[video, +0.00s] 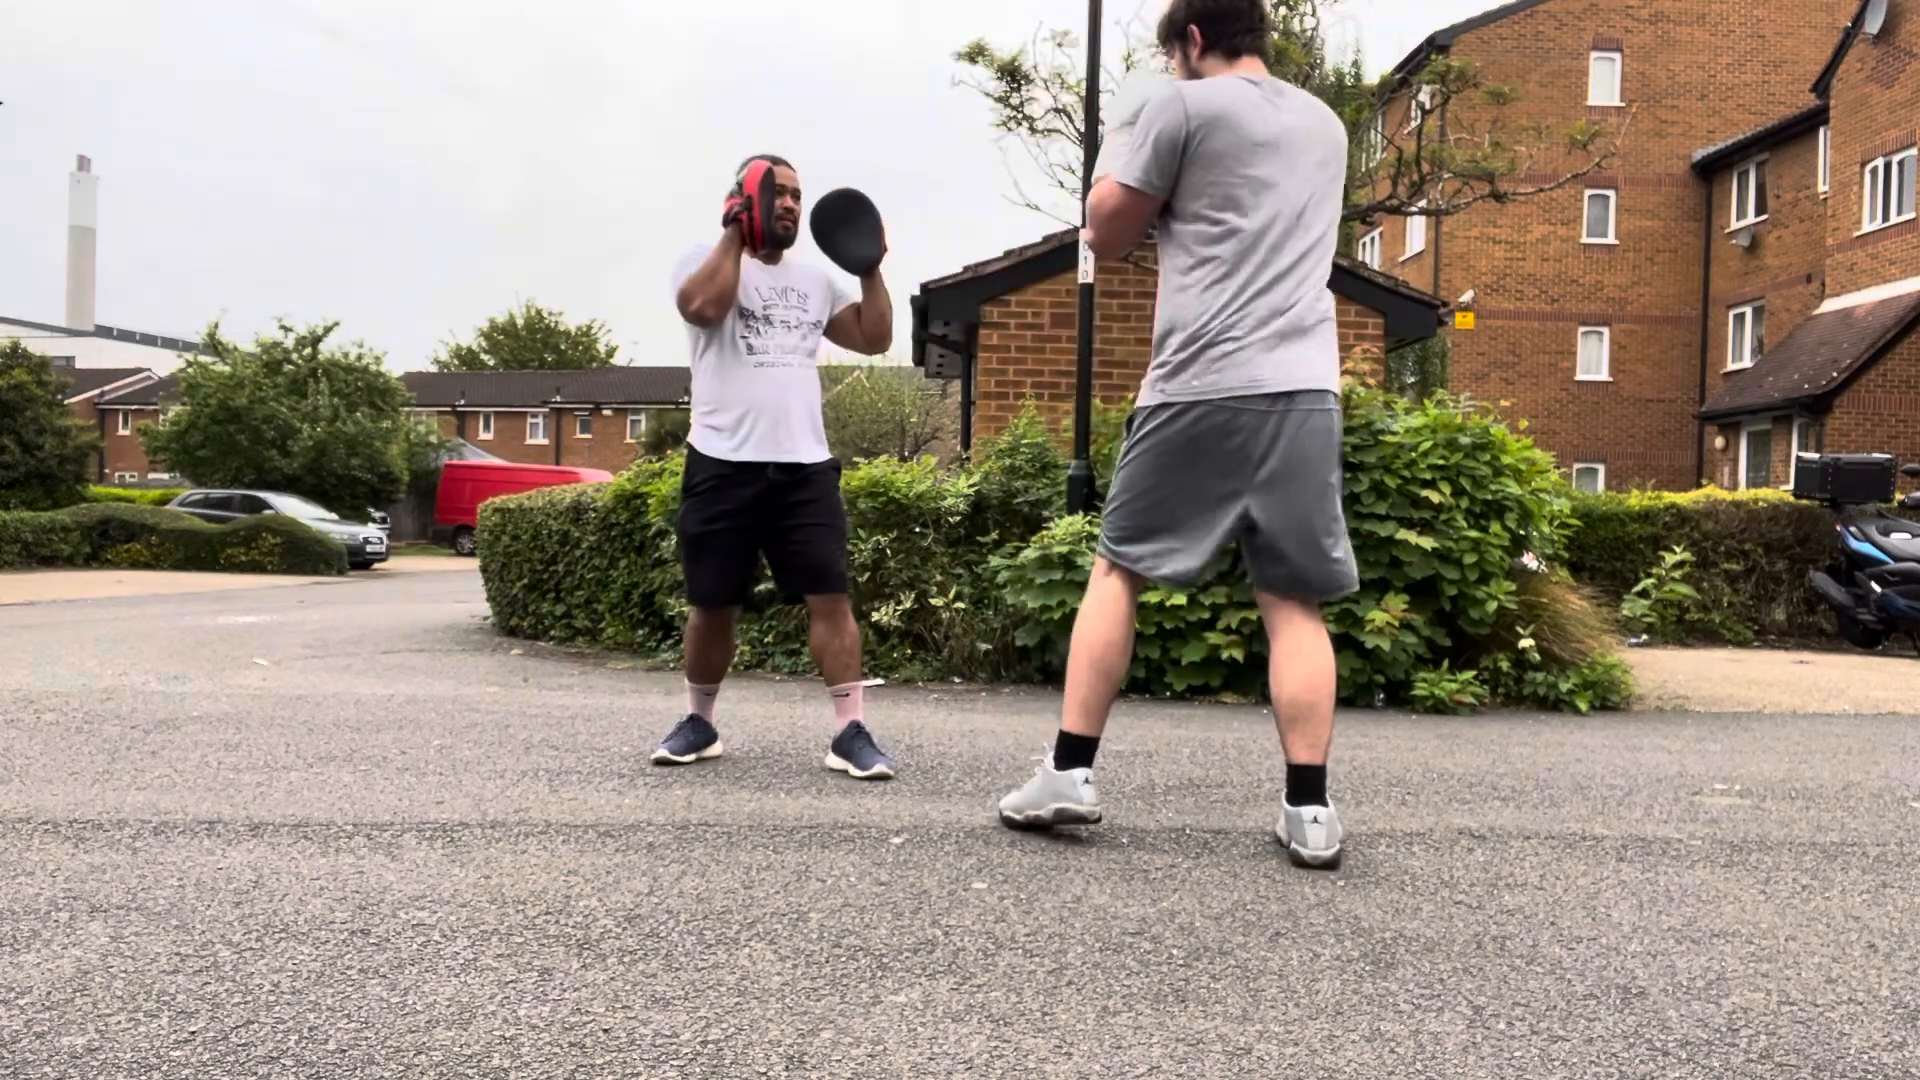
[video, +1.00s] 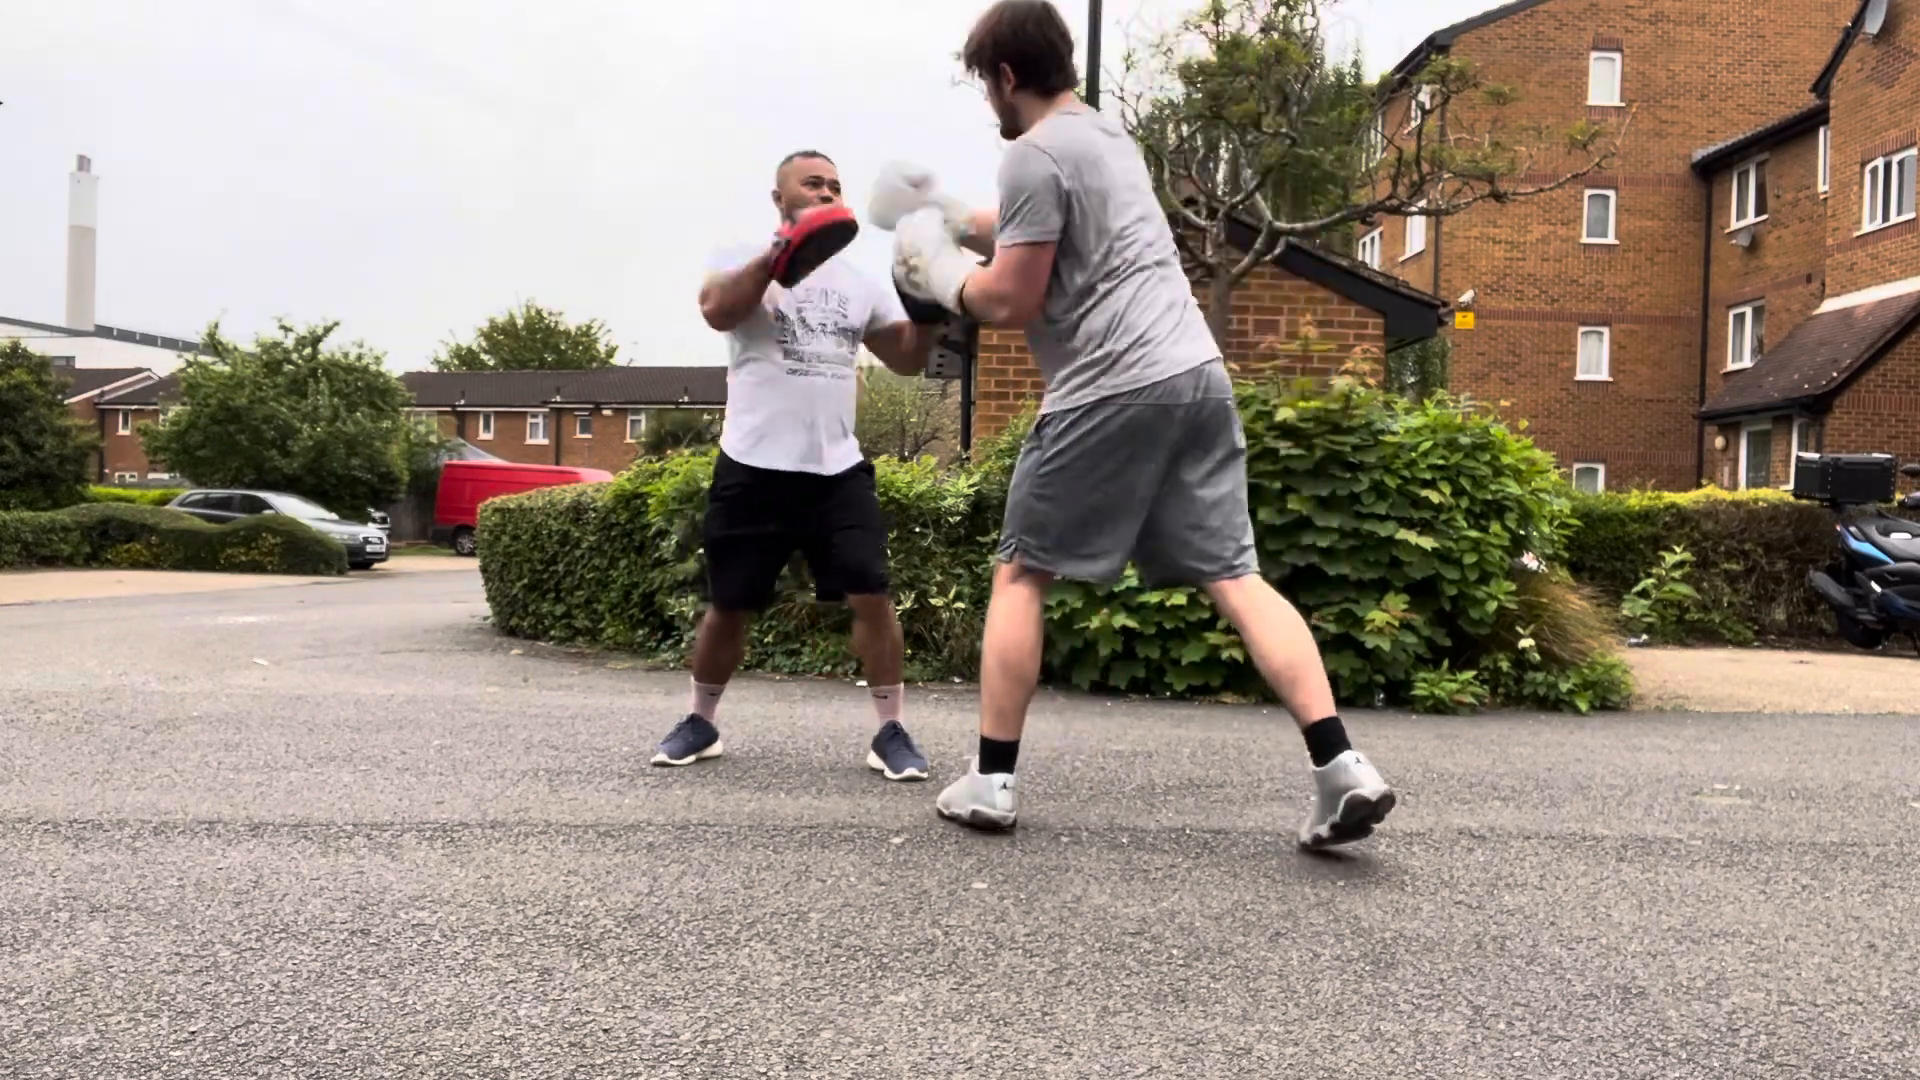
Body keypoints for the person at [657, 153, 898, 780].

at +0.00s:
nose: (789, 203)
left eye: (796, 195)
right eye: (777, 192)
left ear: (801, 209)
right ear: (743, 202)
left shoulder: (814, 279)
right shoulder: (704, 264)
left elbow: (874, 338)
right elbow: (704, 307)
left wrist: (872, 268)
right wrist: (732, 231)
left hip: (805, 464)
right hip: (722, 463)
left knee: (830, 592)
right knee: (710, 601)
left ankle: (851, 728)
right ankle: (699, 722)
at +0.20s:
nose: (795, 203)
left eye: (802, 195)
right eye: (783, 192)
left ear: (807, 210)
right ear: (746, 202)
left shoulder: (820, 277)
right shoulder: (708, 261)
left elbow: (878, 342)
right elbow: (704, 314)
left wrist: (878, 276)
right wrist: (740, 239)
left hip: (807, 464)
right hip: (722, 463)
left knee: (831, 592)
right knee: (710, 601)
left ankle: (851, 728)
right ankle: (699, 722)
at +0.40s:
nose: (794, 198)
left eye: (800, 190)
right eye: (779, 188)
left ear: (806, 204)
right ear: (745, 199)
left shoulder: (823, 273)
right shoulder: (706, 265)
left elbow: (888, 333)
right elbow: (694, 325)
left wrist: (888, 267)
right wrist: (732, 248)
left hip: (809, 465)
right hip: (724, 465)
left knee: (836, 590)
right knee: (710, 602)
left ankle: (850, 728)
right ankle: (699, 721)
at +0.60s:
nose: (794, 191)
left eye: (800, 182)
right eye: (778, 181)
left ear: (808, 198)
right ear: (744, 195)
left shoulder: (829, 270)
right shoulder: (708, 264)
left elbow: (899, 313)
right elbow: (689, 332)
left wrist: (907, 240)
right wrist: (726, 255)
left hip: (817, 462)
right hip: (730, 462)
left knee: (844, 587)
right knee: (714, 601)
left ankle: (852, 728)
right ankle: (699, 721)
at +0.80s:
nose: (810, 196)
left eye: (815, 188)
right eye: (797, 185)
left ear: (821, 204)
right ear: (765, 197)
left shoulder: (829, 282)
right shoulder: (726, 260)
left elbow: (869, 365)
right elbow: (730, 294)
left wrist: (905, 317)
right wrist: (757, 214)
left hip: (819, 462)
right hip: (736, 461)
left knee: (857, 579)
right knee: (719, 601)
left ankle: (868, 720)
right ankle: (699, 720)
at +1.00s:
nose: (828, 194)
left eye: (834, 187)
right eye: (813, 184)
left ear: (843, 201)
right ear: (778, 198)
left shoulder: (858, 278)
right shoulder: (743, 261)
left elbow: (907, 358)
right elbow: (719, 314)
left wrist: (926, 297)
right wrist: (780, 254)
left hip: (838, 464)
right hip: (753, 461)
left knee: (871, 592)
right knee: (727, 603)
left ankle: (890, 729)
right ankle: (700, 721)